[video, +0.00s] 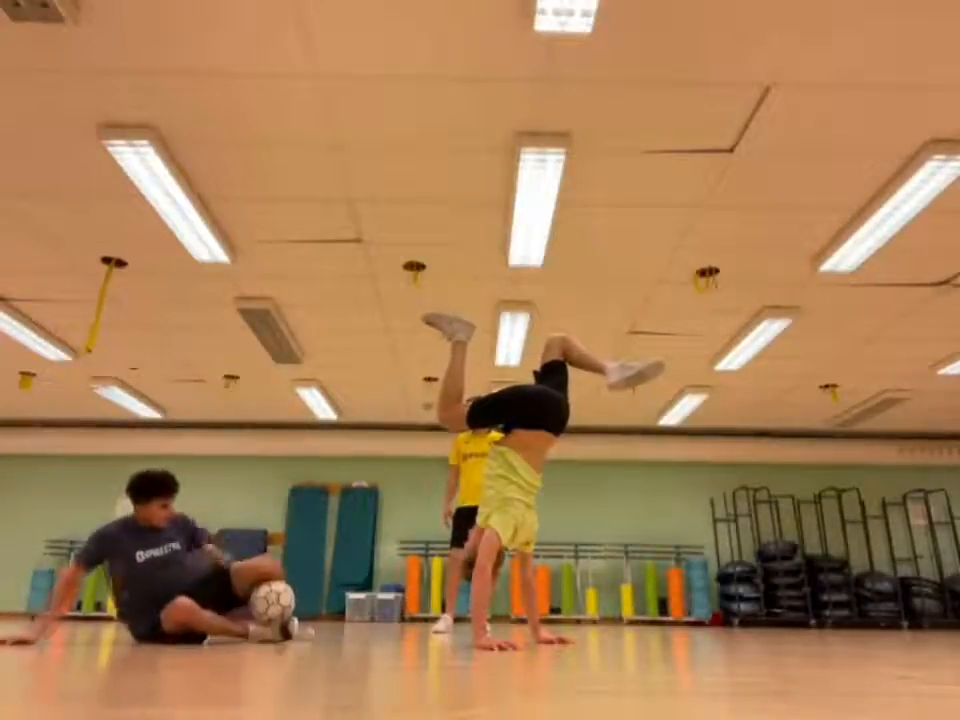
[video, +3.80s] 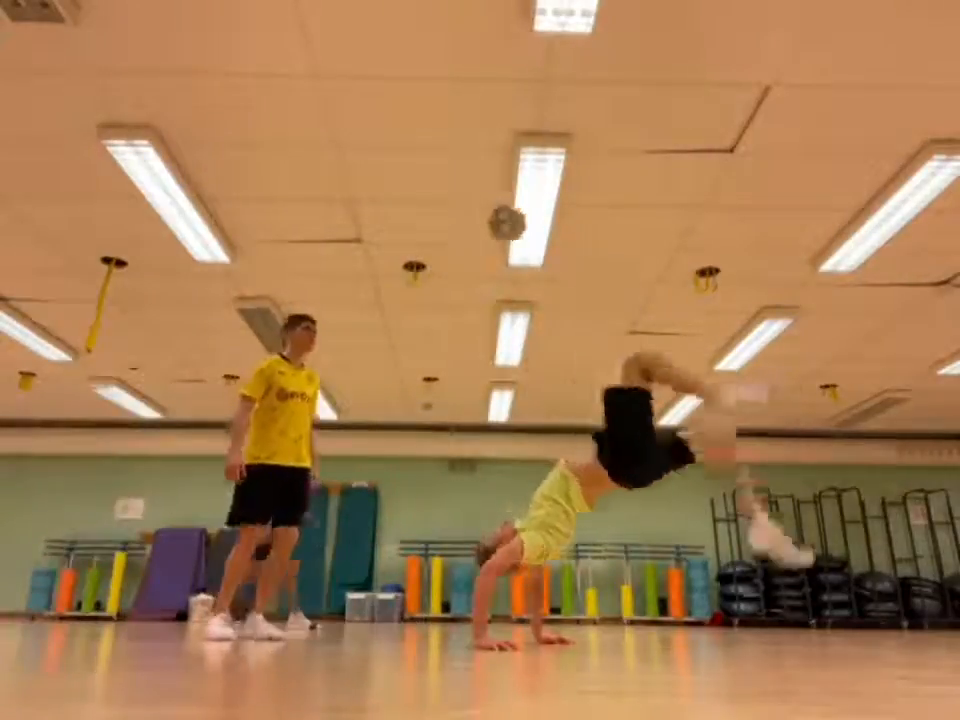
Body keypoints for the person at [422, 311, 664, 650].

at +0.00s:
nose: (485, 562)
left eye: (484, 566)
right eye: (482, 563)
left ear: (474, 548)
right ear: (475, 543)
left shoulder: (525, 534)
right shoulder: (495, 527)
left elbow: (527, 582)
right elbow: (482, 575)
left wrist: (537, 631)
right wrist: (481, 636)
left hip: (554, 414)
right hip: (533, 408)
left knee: (557, 343)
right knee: (452, 416)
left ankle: (612, 370)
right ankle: (459, 342)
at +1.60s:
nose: (476, 542)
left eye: (469, 542)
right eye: (476, 545)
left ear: (471, 542)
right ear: (477, 541)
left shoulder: (525, 536)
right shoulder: (496, 529)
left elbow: (528, 584)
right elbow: (482, 578)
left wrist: (537, 632)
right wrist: (481, 636)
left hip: (557, 413)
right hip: (534, 410)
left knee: (545, 347)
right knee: (464, 381)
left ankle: (602, 309)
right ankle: (450, 302)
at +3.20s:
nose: (476, 543)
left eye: (473, 548)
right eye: (476, 546)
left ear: (475, 547)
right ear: (481, 544)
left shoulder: (528, 540)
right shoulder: (504, 531)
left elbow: (529, 586)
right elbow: (484, 575)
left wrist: (538, 632)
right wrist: (481, 635)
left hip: (572, 416)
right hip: (554, 416)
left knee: (580, 347)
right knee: (471, 409)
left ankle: (658, 323)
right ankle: (472, 331)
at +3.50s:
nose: (482, 542)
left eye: (480, 545)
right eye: (481, 543)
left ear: (482, 550)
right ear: (484, 544)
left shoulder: (530, 541)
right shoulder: (509, 534)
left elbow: (530, 588)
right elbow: (482, 576)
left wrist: (536, 632)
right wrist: (480, 635)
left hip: (598, 436)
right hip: (582, 432)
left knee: (634, 367)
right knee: (515, 382)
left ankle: (714, 359)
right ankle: (527, 301)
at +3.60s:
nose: (488, 525)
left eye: (486, 534)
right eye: (487, 533)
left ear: (490, 546)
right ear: (490, 540)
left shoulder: (530, 538)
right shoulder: (514, 532)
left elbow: (535, 586)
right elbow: (486, 574)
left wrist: (537, 632)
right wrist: (480, 637)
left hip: (604, 438)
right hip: (596, 436)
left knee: (655, 374)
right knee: (538, 362)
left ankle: (736, 390)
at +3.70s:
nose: (495, 524)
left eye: (494, 536)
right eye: (494, 531)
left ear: (495, 550)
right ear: (497, 537)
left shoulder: (535, 539)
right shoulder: (519, 534)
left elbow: (535, 586)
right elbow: (485, 579)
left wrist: (537, 630)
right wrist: (479, 637)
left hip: (618, 452)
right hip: (609, 441)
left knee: (683, 394)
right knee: (576, 353)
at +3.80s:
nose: (501, 528)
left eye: (497, 532)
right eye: (498, 533)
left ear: (501, 550)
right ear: (501, 546)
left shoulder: (539, 544)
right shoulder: (523, 541)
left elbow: (537, 582)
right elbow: (487, 573)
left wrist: (538, 632)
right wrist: (480, 636)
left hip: (633, 472)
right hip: (624, 461)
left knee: (702, 442)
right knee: (638, 365)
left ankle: (760, 524)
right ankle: (712, 392)